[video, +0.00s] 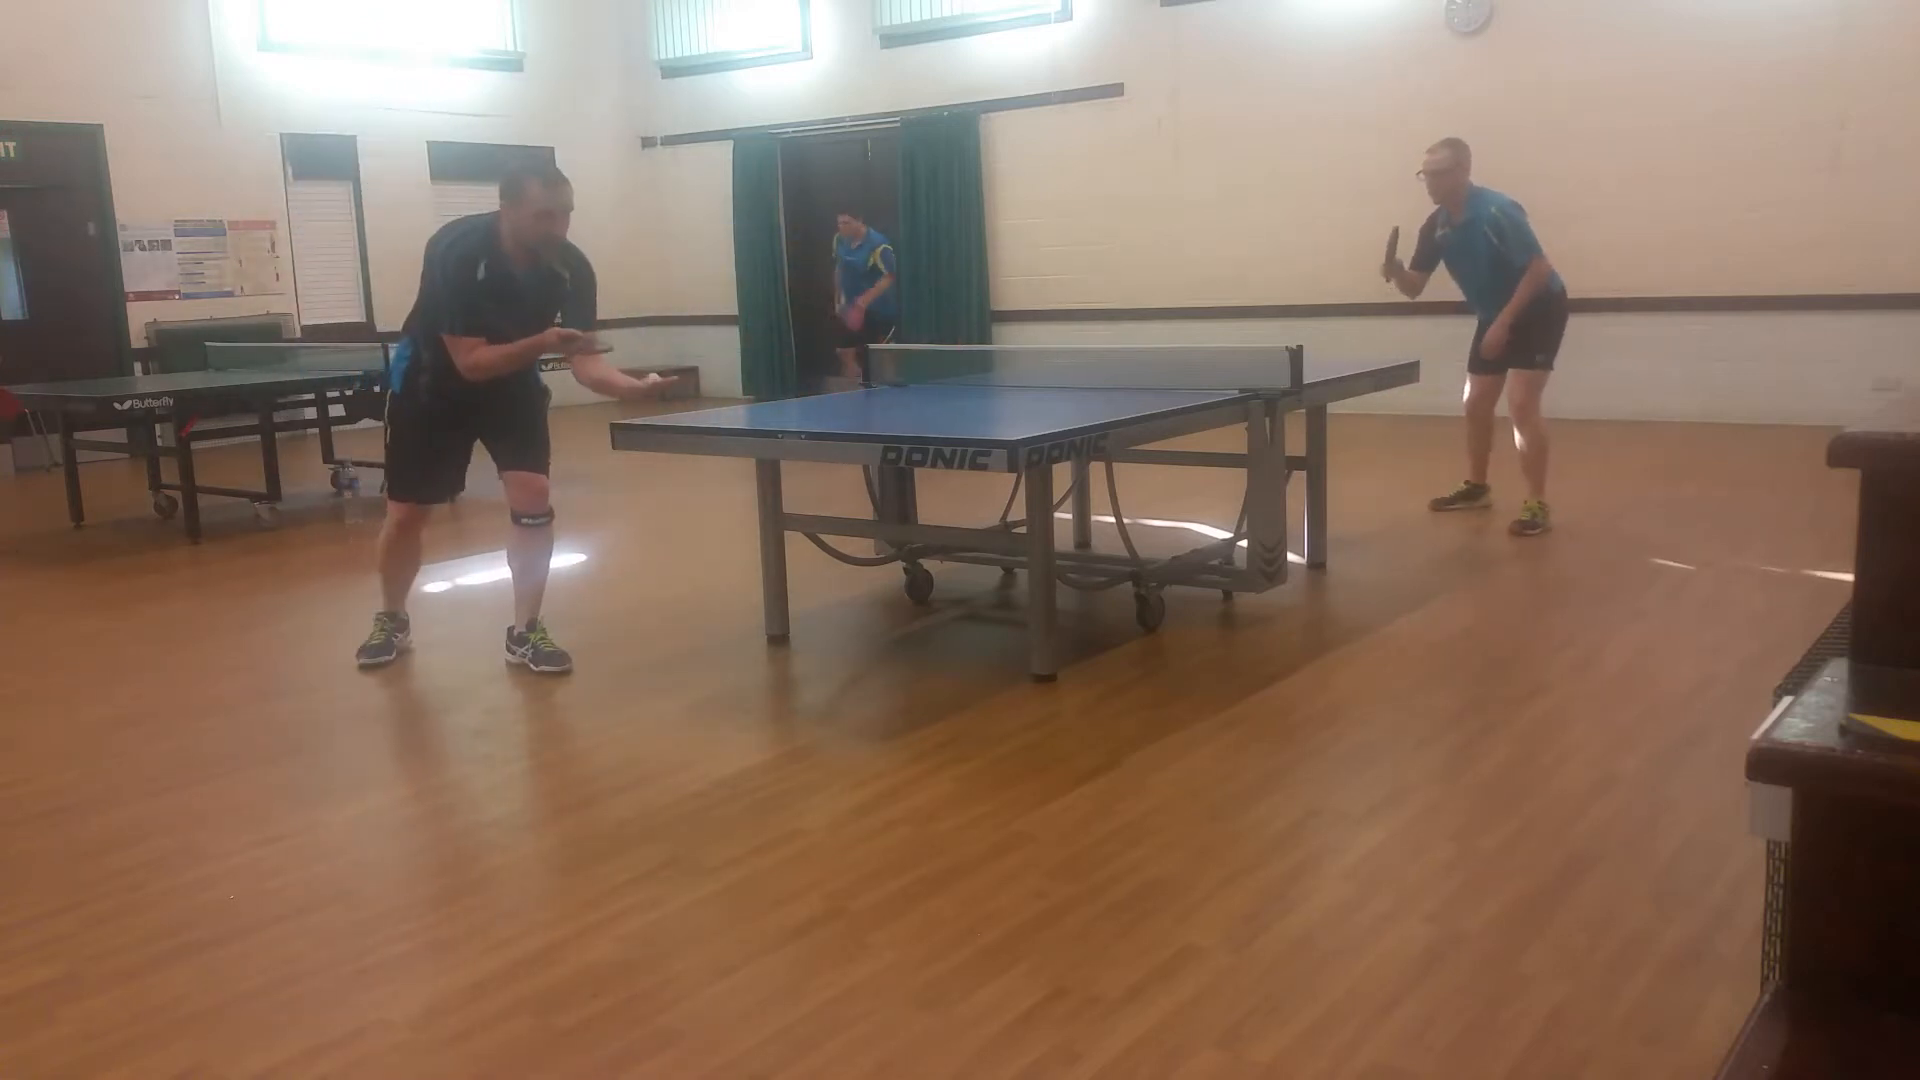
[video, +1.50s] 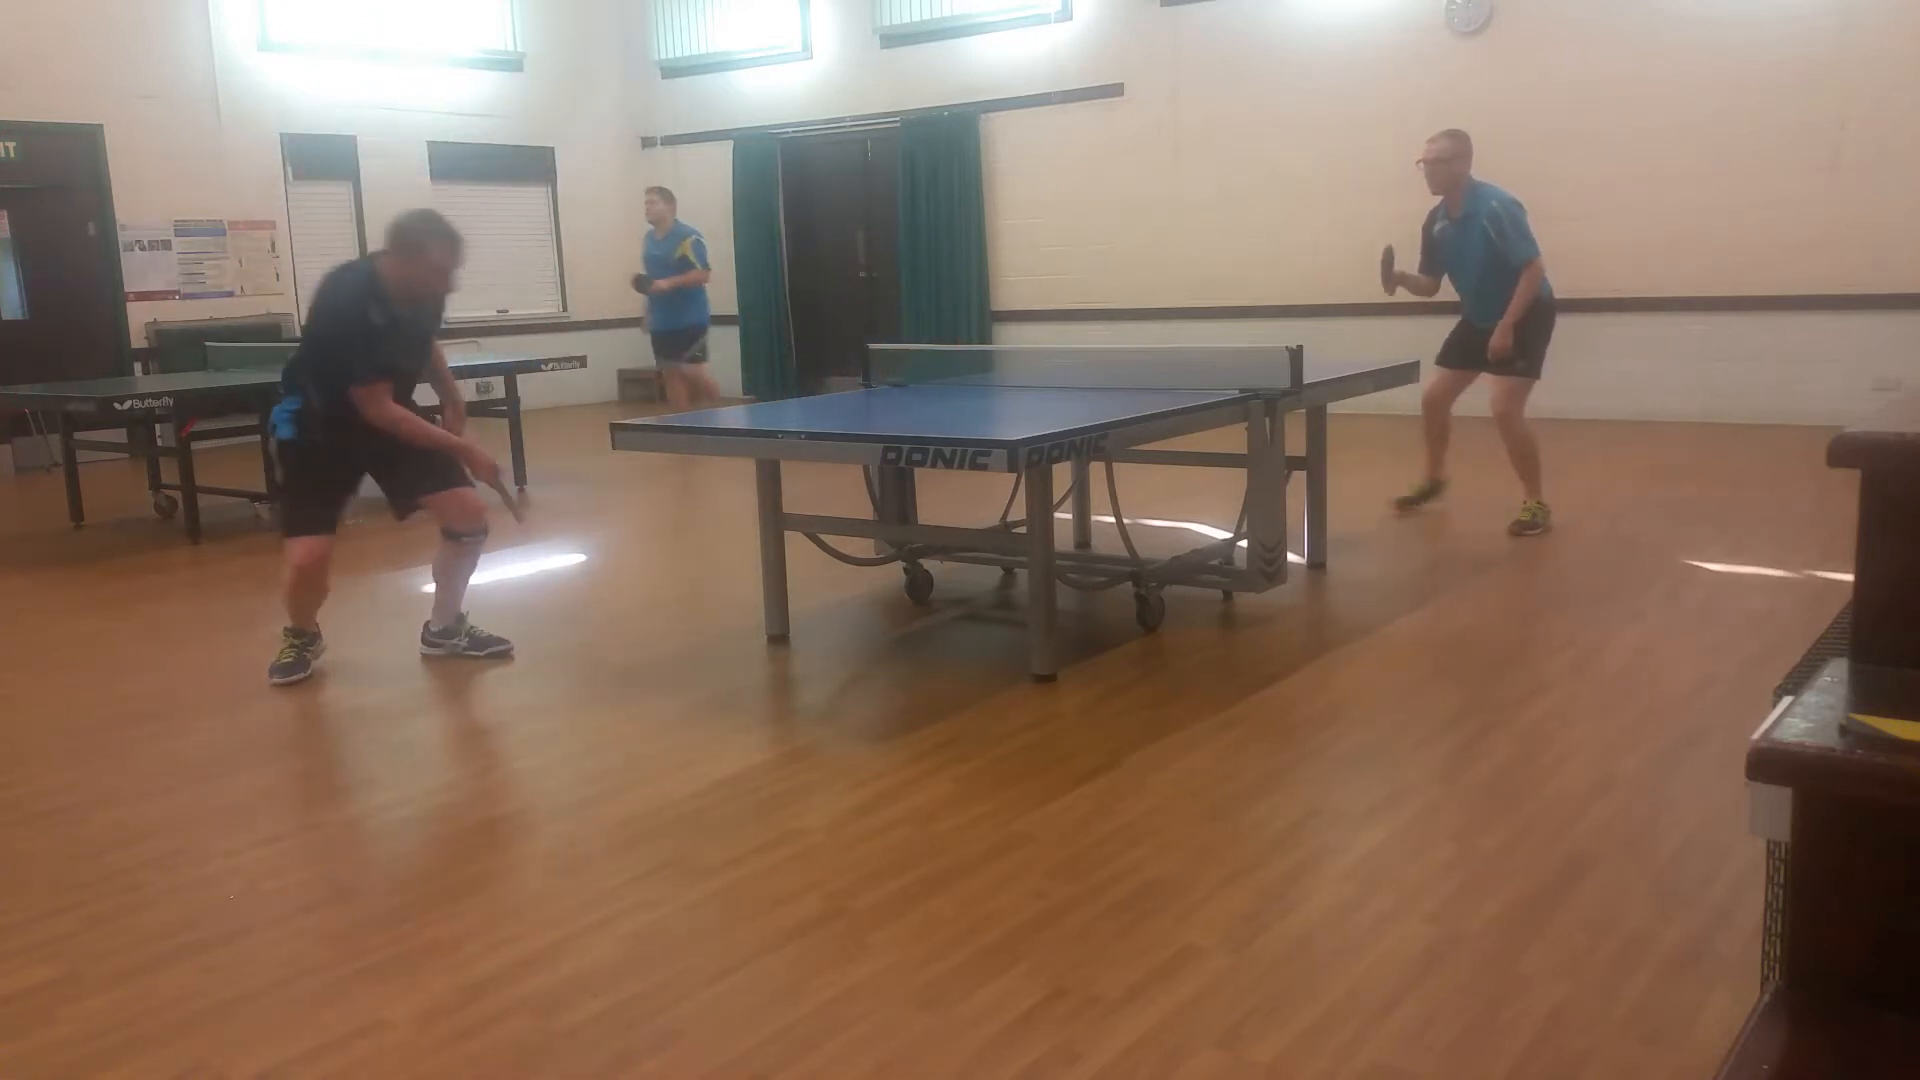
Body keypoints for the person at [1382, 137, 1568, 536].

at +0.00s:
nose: (1425, 182)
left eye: (1433, 174)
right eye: (1424, 175)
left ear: (1461, 173)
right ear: (1428, 177)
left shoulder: (1499, 211)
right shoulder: (1435, 227)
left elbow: (1539, 269)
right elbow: (1414, 286)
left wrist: (1502, 324)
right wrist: (1396, 272)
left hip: (1539, 305)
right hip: (1495, 311)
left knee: (1522, 404)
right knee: (1476, 402)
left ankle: (1536, 504)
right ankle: (1476, 486)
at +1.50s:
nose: (1426, 171)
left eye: (1435, 163)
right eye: (1424, 163)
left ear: (1462, 164)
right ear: (1426, 167)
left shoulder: (1498, 206)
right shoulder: (1436, 221)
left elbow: (1534, 271)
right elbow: (1428, 286)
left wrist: (1506, 326)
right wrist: (1398, 277)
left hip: (1527, 315)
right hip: (1481, 317)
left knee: (1506, 409)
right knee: (1434, 399)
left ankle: (1535, 503)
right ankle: (1434, 481)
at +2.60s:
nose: (1450, 177)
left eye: (1459, 170)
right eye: (1447, 170)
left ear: (1481, 173)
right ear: (1447, 174)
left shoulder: (1504, 215)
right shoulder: (1465, 221)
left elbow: (1545, 269)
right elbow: (1471, 282)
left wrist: (1524, 316)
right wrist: (1434, 309)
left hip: (1532, 329)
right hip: (1490, 334)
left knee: (1543, 415)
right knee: (1448, 409)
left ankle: (1593, 504)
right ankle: (1477, 481)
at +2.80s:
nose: (1427, 158)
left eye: (1435, 151)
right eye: (1425, 151)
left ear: (1457, 152)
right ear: (1427, 155)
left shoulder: (1478, 193)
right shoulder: (1440, 206)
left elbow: (1514, 244)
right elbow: (1426, 266)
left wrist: (1494, 291)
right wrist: (1390, 285)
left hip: (1504, 309)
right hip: (1467, 315)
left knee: (1500, 402)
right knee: (1447, 401)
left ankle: (1570, 475)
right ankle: (1476, 479)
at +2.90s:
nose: (1414, 156)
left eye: (1421, 148)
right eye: (1413, 149)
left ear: (1444, 149)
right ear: (1425, 153)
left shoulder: (1469, 188)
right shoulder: (1436, 199)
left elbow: (1500, 237)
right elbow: (1425, 266)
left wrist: (1473, 290)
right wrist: (1388, 287)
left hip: (1494, 305)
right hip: (1457, 310)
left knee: (1484, 405)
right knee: (1428, 391)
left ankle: (1549, 471)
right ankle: (1461, 469)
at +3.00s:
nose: (1403, 168)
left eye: (1411, 160)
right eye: (1401, 161)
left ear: (1432, 162)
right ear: (1403, 165)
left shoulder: (1453, 201)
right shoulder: (1428, 208)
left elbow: (1473, 256)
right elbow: (1427, 272)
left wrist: (1440, 306)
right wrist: (1388, 298)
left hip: (1484, 312)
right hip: (1454, 315)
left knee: (1484, 412)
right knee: (1412, 389)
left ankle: (1554, 475)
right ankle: (1414, 474)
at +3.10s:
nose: (1379, 183)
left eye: (1385, 175)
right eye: (1378, 176)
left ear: (1408, 174)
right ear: (1398, 177)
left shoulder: (1428, 212)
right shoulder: (1411, 216)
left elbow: (1440, 270)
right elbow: (1417, 282)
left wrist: (1405, 315)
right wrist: (1377, 310)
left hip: (1471, 318)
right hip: (1443, 320)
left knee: (1454, 421)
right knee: (1400, 393)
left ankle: (1535, 468)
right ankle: (1408, 477)